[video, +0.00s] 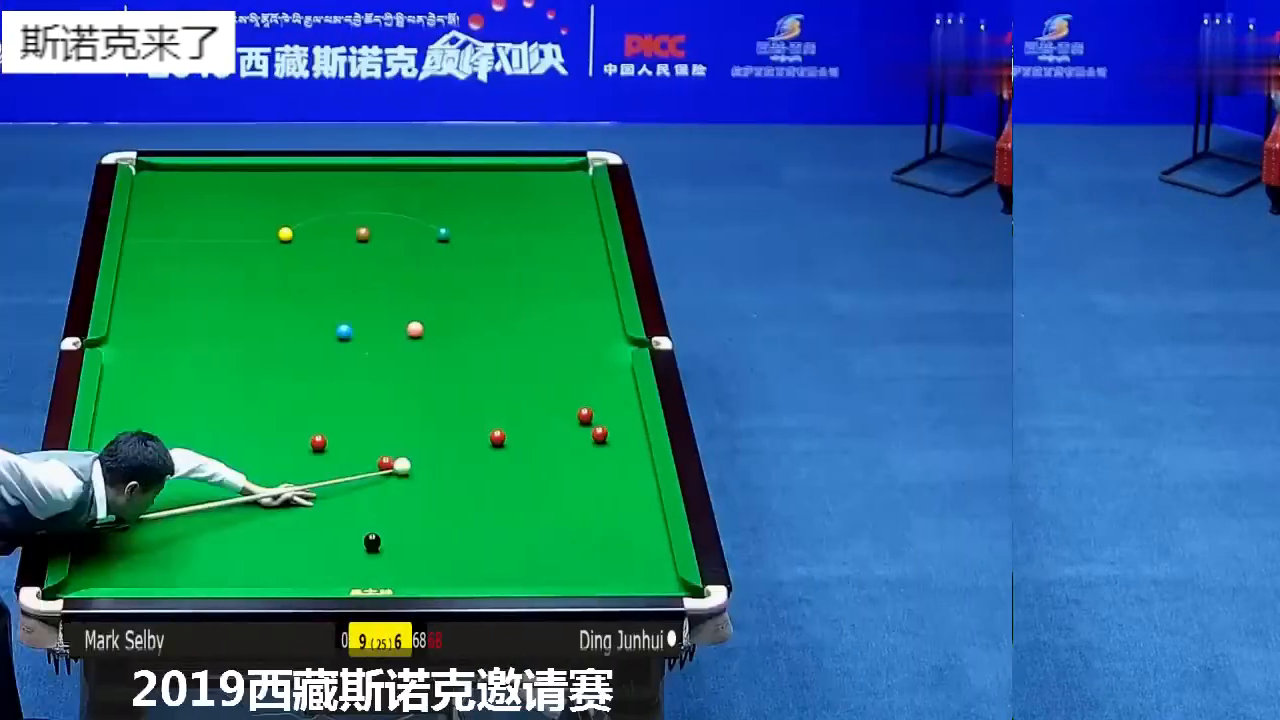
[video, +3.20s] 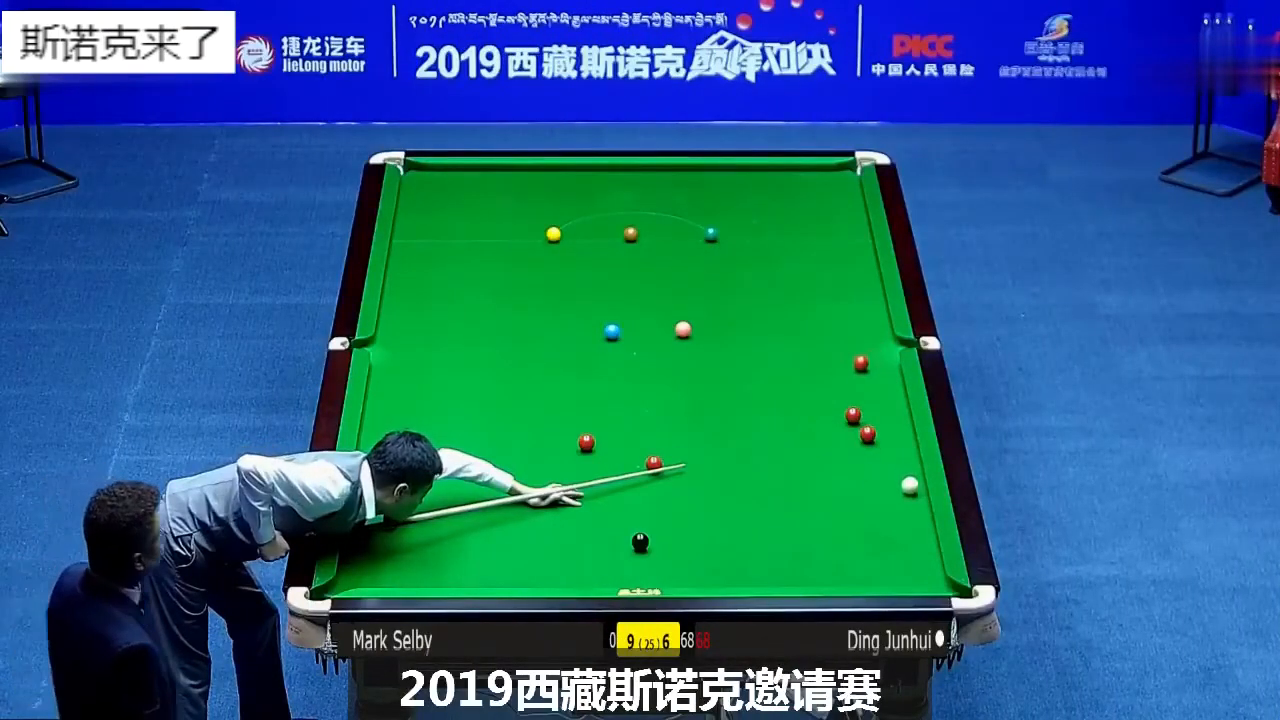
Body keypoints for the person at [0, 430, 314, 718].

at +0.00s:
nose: (152, 500)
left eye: (156, 492)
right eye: (152, 493)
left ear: (122, 475)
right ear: (130, 489)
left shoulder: (110, 469)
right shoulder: (63, 492)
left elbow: (183, 461)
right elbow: (4, 464)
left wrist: (253, 489)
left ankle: (15, 712)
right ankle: (14, 712)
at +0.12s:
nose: (311, 502)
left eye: (314, 493)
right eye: (309, 495)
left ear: (288, 476)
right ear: (288, 488)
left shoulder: (270, 471)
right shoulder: (222, 492)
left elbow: (347, 461)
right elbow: (147, 458)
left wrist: (414, 489)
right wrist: (140, 532)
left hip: (97, 531)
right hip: (64, 537)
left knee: (148, 623)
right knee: (78, 675)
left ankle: (158, 718)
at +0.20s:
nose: (420, 503)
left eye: (422, 494)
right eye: (418, 495)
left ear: (395, 478)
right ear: (396, 489)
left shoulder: (380, 471)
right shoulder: (329, 493)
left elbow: (456, 462)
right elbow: (255, 458)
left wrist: (523, 489)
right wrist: (246, 535)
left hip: (206, 532)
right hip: (172, 536)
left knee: (255, 622)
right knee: (187, 674)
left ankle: (266, 717)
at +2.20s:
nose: (420, 503)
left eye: (422, 495)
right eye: (418, 496)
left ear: (392, 478)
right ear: (395, 489)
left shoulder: (377, 472)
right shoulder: (330, 491)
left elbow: (455, 462)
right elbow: (253, 469)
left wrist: (523, 489)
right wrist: (266, 534)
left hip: (211, 536)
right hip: (172, 538)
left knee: (256, 624)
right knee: (187, 672)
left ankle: (266, 718)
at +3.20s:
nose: (419, 502)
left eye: (422, 493)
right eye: (418, 495)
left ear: (393, 476)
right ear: (397, 489)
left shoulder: (379, 470)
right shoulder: (331, 492)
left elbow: (457, 463)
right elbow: (252, 469)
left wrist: (524, 491)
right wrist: (267, 534)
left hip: (214, 536)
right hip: (181, 538)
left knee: (258, 624)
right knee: (189, 674)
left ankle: (266, 716)